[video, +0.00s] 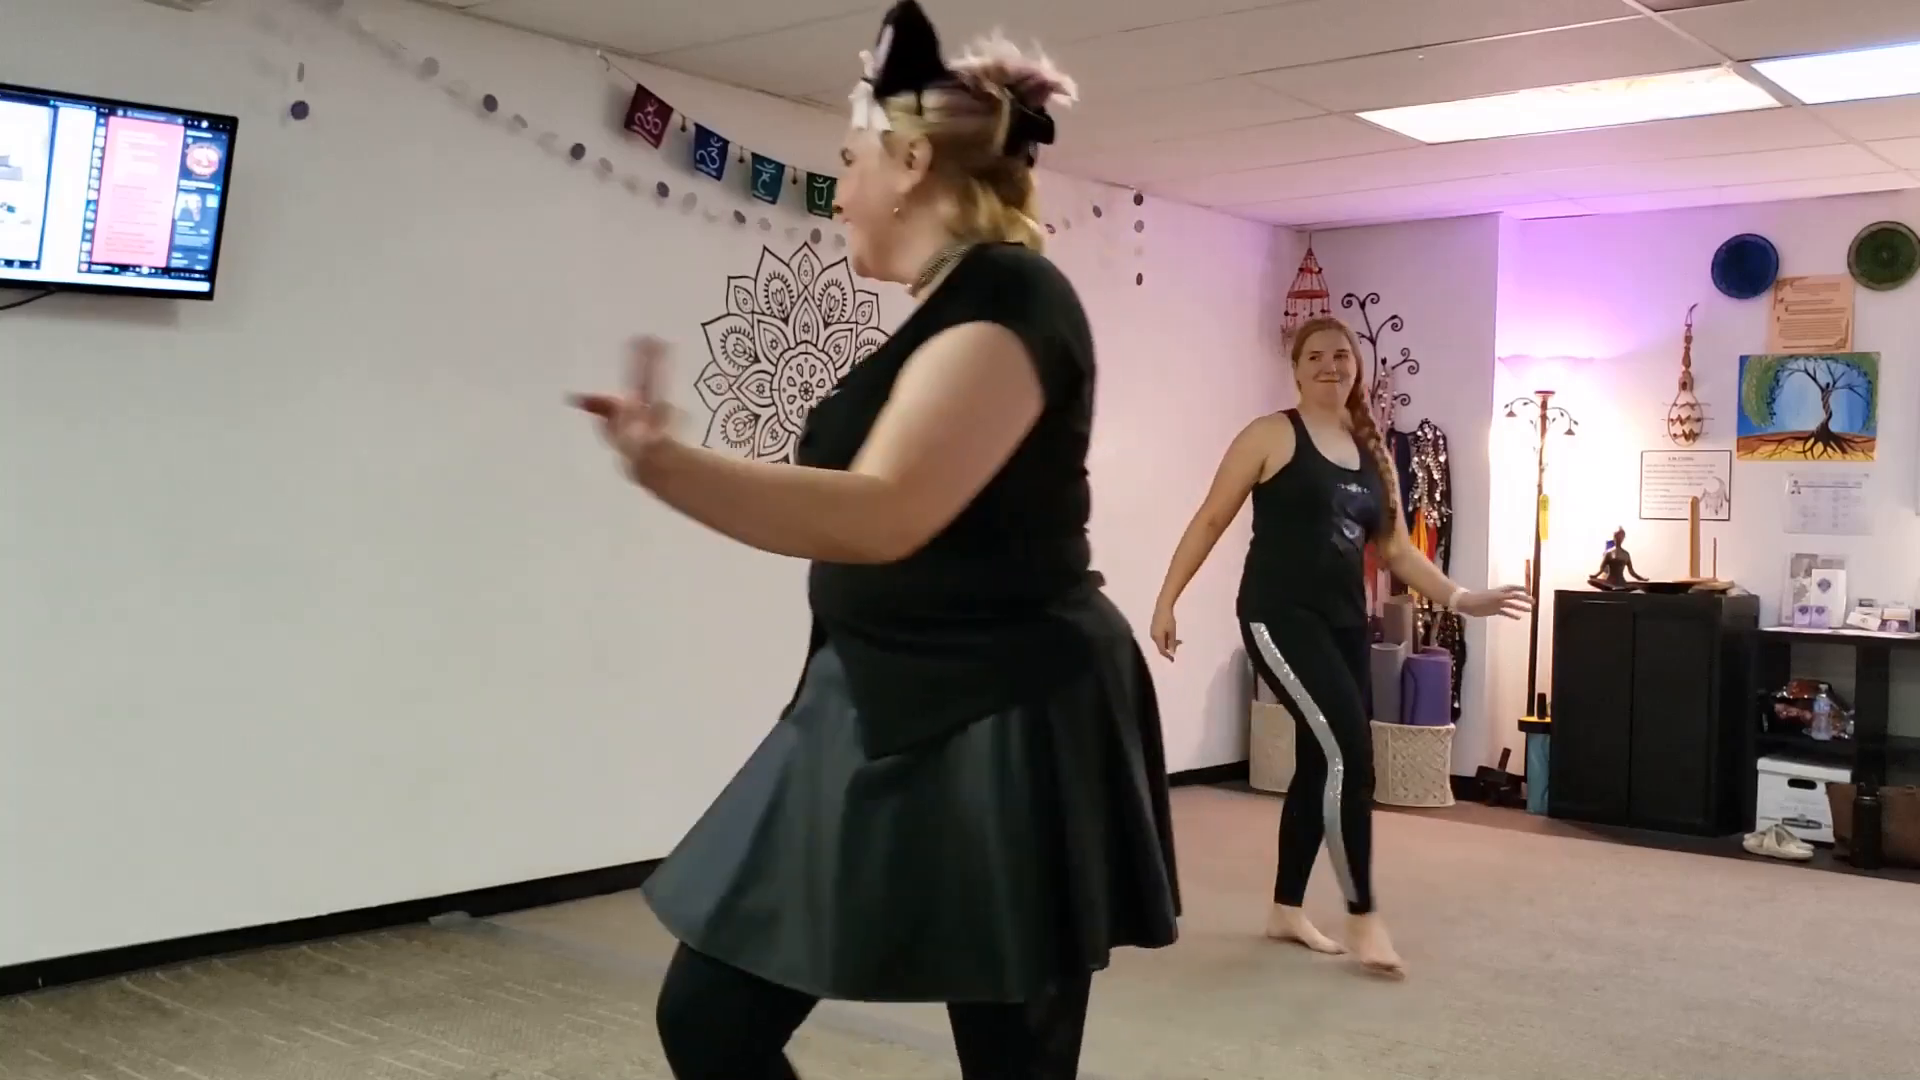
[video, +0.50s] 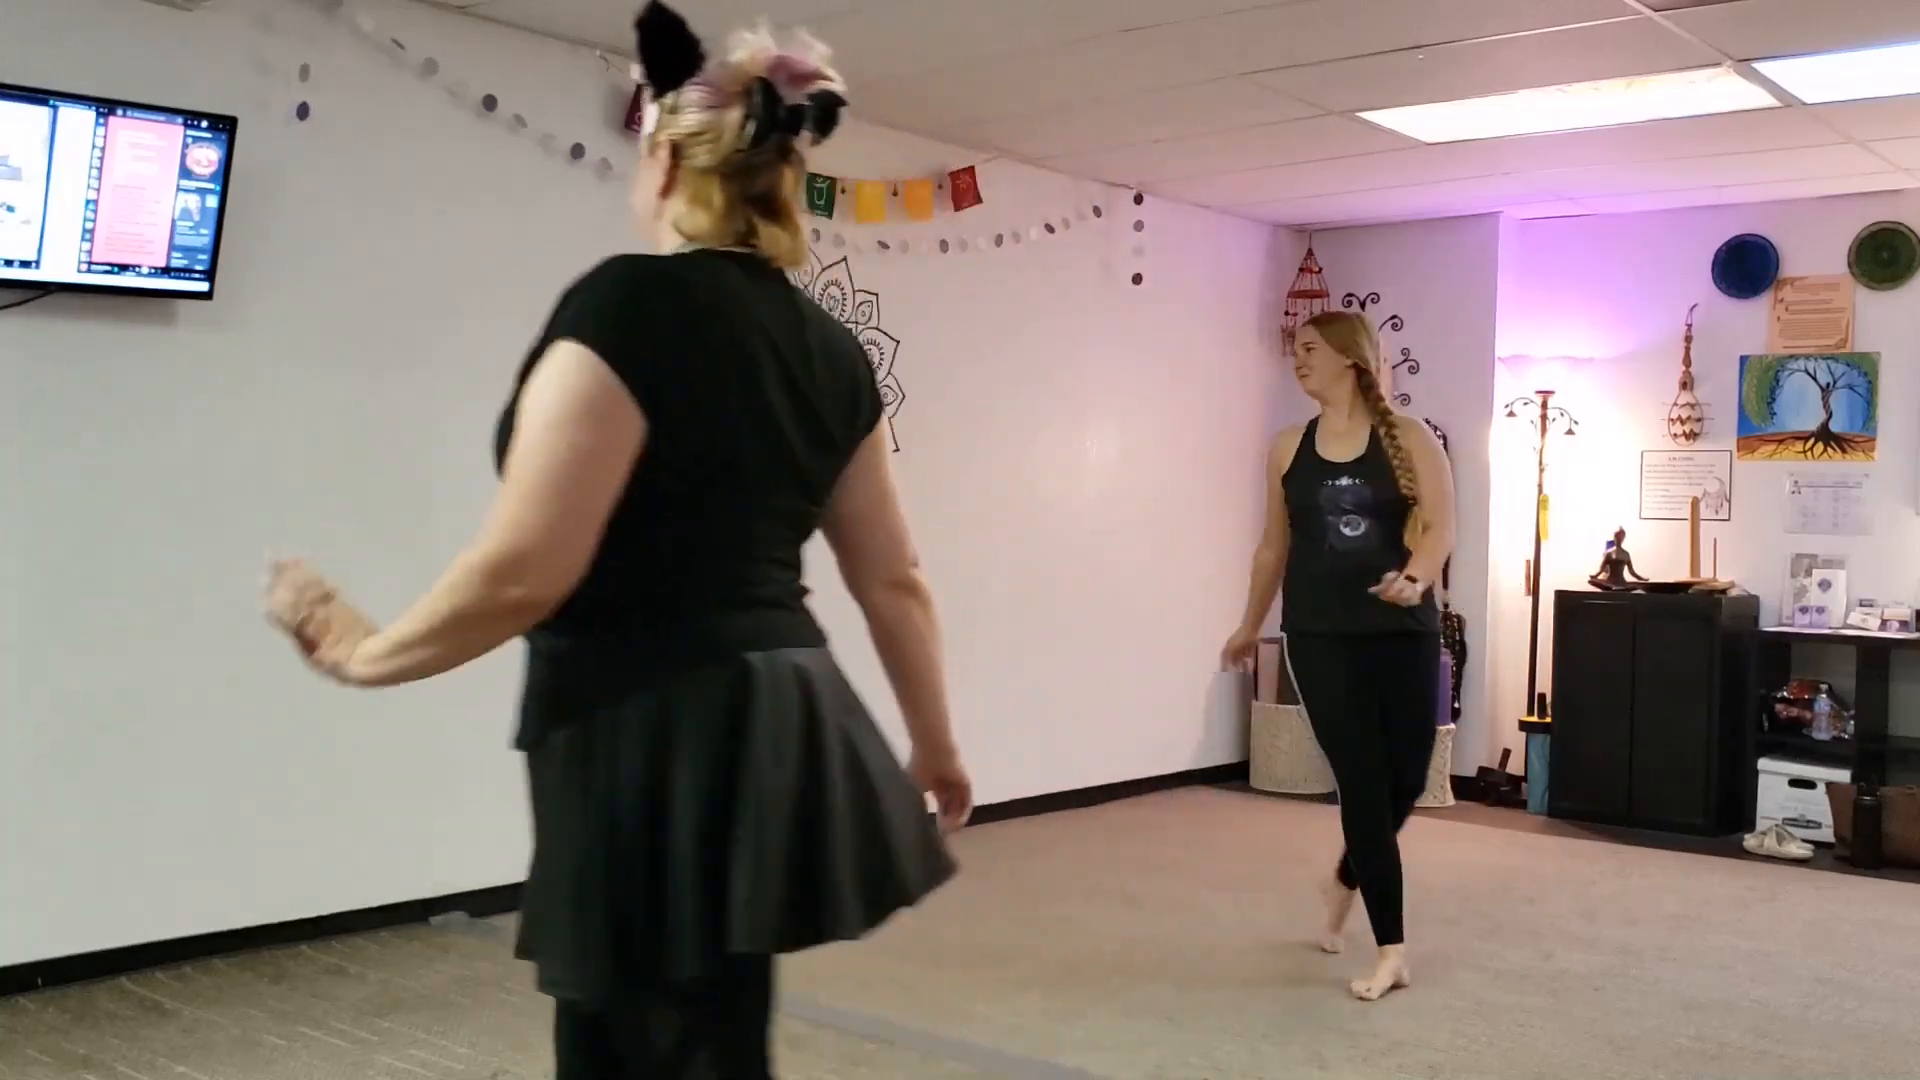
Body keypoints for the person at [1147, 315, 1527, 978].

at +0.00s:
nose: (1329, 363)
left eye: (1340, 353)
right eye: (1315, 355)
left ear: (1358, 369)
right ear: (1296, 370)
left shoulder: (1373, 457)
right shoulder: (1270, 435)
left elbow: (1398, 549)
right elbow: (1210, 521)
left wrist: (1459, 597)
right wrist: (1166, 598)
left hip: (1345, 623)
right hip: (1277, 615)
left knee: (1321, 759)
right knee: (1348, 744)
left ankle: (1286, 907)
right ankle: (1365, 920)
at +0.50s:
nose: (1298, 360)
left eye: (1310, 350)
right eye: (1297, 351)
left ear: (1353, 360)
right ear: (1307, 364)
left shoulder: (1407, 436)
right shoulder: (1290, 447)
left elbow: (1440, 525)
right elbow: (1274, 544)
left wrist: (1416, 577)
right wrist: (1249, 626)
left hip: (1402, 632)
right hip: (1320, 636)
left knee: (1405, 782)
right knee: (1362, 784)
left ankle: (1343, 879)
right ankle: (1391, 948)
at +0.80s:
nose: (1317, 364)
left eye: (1323, 352)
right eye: (1318, 352)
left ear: (1345, 359)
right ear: (1378, 358)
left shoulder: (1376, 430)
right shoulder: (1349, 432)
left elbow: (1386, 537)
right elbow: (1344, 539)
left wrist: (1339, 630)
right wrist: (1316, 627)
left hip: (1386, 626)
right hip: (1351, 625)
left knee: (1317, 768)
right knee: (1354, 789)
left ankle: (1433, 881)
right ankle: (1387, 952)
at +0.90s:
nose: (1402, 362)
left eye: (1325, 346)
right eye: (1399, 350)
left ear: (1335, 354)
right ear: (1386, 358)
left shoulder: (1356, 429)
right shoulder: (1380, 428)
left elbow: (1361, 528)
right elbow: (1371, 530)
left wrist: (1332, 625)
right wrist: (1310, 532)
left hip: (1355, 623)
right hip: (1383, 623)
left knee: (1269, 749)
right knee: (1358, 781)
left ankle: (1372, 885)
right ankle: (1392, 947)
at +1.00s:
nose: (1399, 358)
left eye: (1395, 347)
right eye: (1395, 348)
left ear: (1330, 351)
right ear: (1380, 355)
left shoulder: (1337, 423)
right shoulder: (1387, 430)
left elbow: (1335, 521)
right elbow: (1382, 527)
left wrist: (1311, 613)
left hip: (1341, 617)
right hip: (1393, 619)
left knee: (1251, 736)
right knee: (1367, 783)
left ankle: (1292, 906)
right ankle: (1403, 948)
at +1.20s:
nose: (1377, 376)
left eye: (1373, 365)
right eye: (1374, 365)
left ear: (1309, 368)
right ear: (1363, 370)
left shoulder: (1300, 441)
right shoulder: (1393, 452)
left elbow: (1276, 522)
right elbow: (1404, 541)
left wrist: (1239, 601)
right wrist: (1385, 594)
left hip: (1307, 630)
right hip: (1382, 631)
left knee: (1261, 768)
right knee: (1375, 788)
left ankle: (1204, 884)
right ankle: (1402, 957)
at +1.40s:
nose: (1342, 381)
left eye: (1336, 370)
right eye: (1338, 371)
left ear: (1273, 377)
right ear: (1328, 379)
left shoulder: (1260, 450)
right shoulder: (1362, 457)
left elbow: (1215, 526)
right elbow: (1374, 553)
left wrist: (1148, 589)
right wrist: (1349, 594)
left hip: (1266, 636)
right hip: (1344, 634)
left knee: (1246, 780)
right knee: (1353, 784)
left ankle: (1233, 915)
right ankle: (1395, 939)